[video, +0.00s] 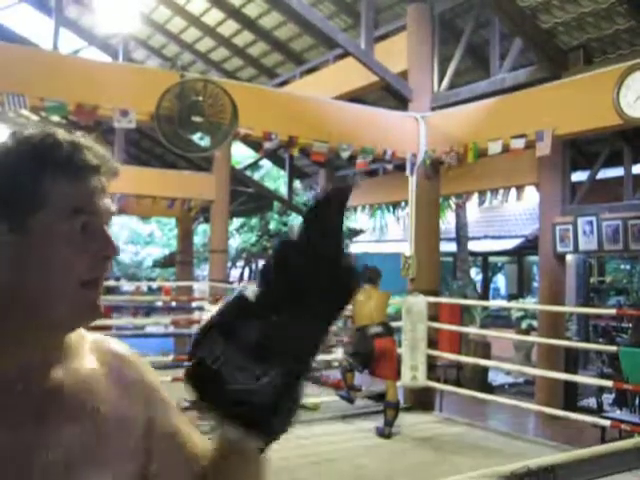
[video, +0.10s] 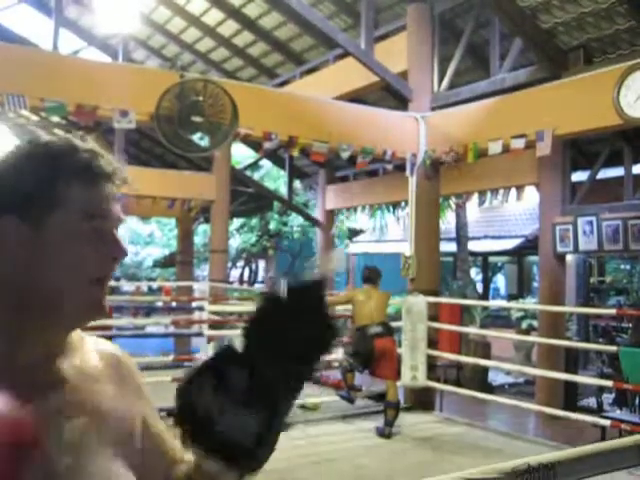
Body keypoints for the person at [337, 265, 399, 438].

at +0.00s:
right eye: (377, 280)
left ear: (362, 280)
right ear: (378, 281)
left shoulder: (356, 297)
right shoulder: (384, 296)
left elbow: (353, 318)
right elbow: (381, 313)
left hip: (365, 338)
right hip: (386, 337)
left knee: (347, 363)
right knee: (391, 383)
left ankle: (350, 389)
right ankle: (388, 426)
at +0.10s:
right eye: (377, 280)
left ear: (363, 280)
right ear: (378, 281)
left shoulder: (355, 295)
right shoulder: (385, 296)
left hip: (366, 338)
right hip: (386, 338)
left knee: (348, 362)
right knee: (391, 383)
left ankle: (350, 391)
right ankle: (388, 426)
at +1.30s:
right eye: (377, 279)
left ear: (362, 279)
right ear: (378, 280)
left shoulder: (354, 294)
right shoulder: (385, 295)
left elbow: (328, 301)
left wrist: (323, 296)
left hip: (366, 338)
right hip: (387, 337)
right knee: (391, 383)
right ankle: (388, 426)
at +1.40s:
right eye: (377, 279)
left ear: (363, 279)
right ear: (378, 280)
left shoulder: (354, 295)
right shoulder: (385, 295)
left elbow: (329, 301)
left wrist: (323, 297)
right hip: (386, 335)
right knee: (390, 382)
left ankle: (367, 423)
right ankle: (389, 427)